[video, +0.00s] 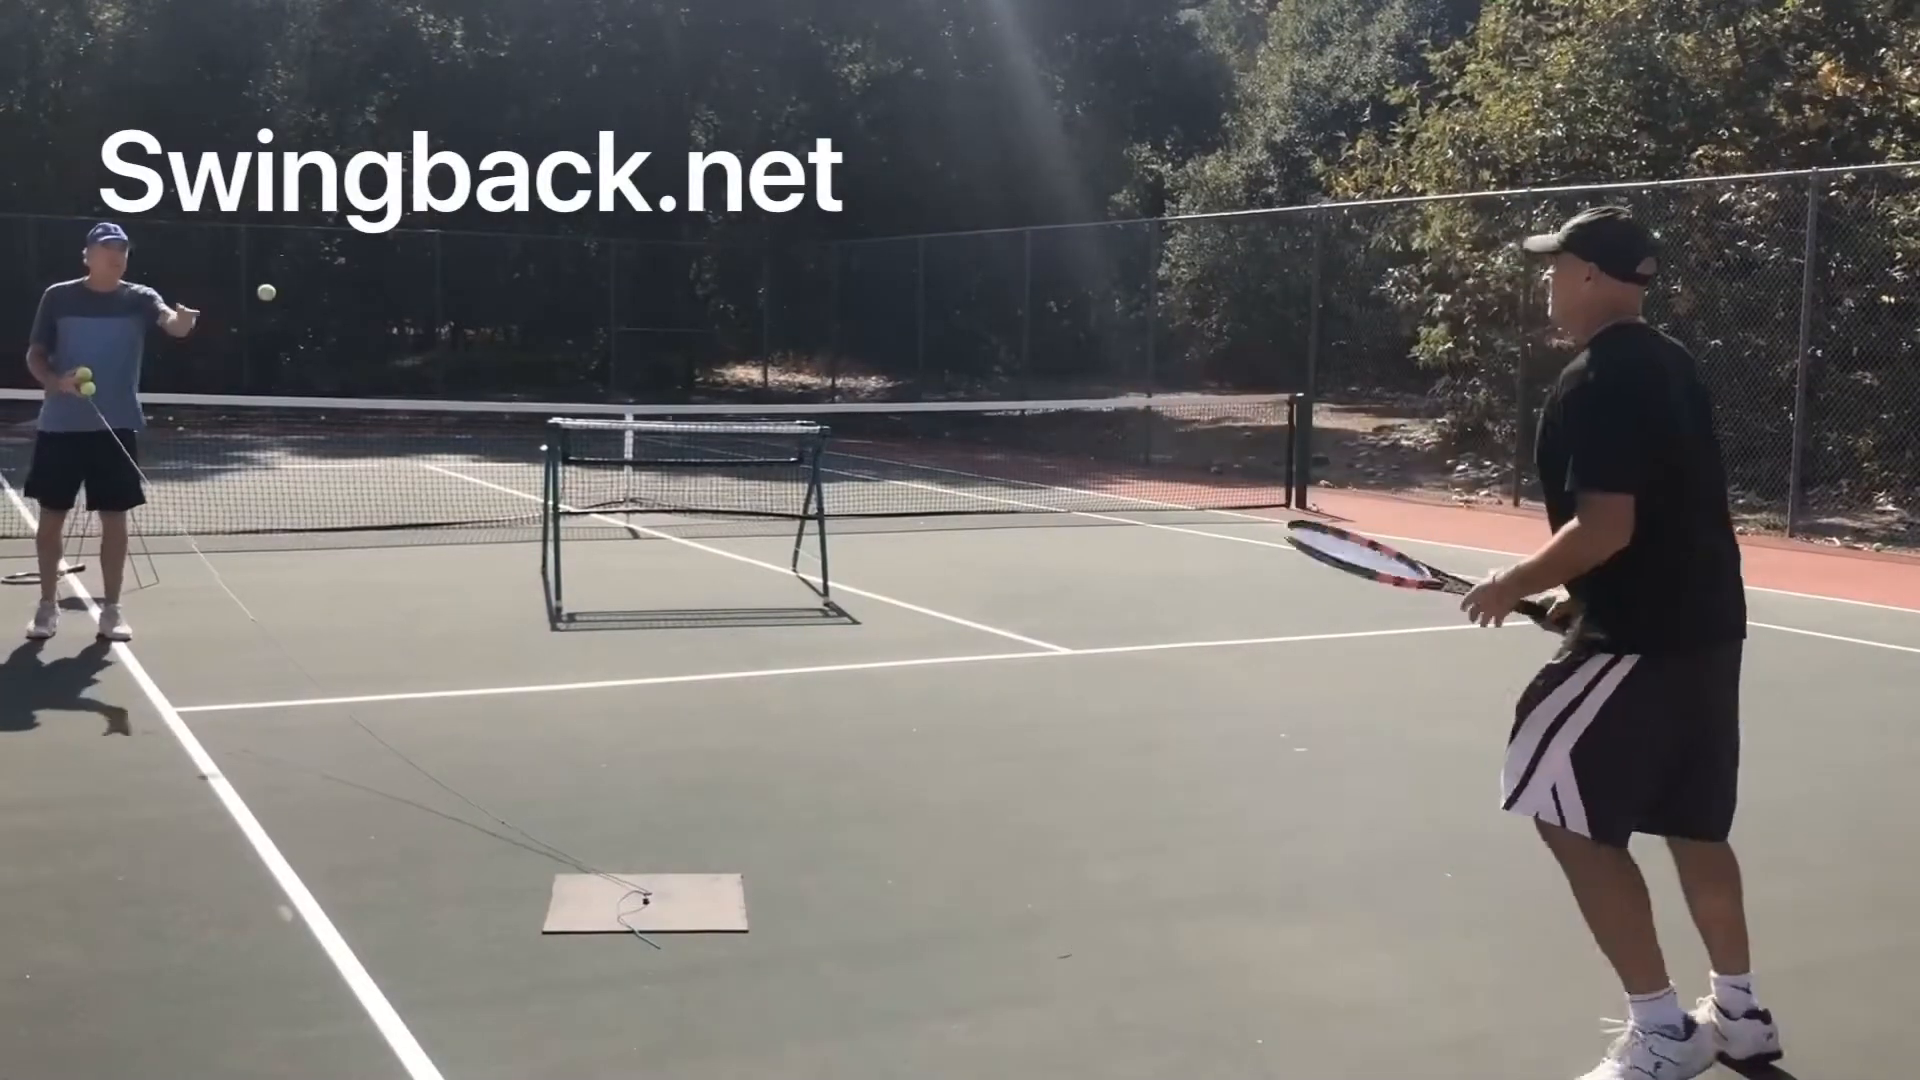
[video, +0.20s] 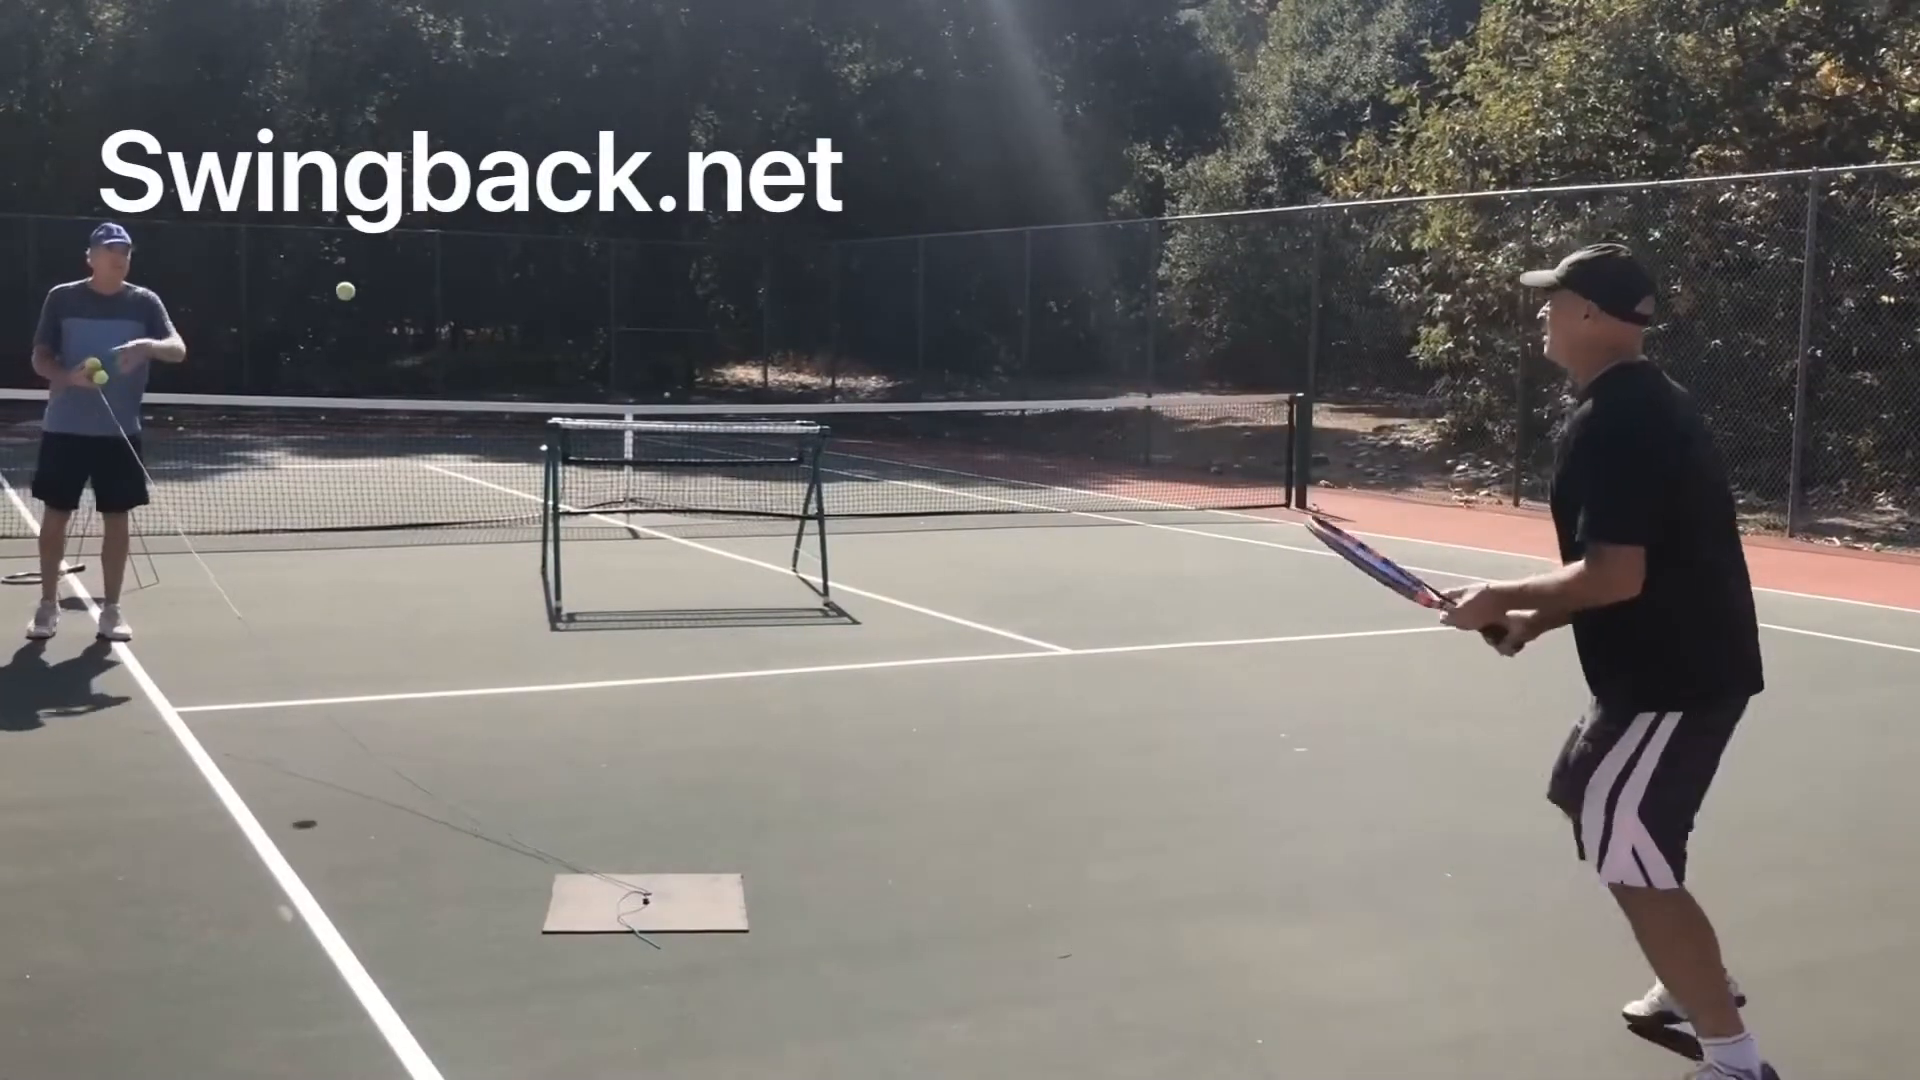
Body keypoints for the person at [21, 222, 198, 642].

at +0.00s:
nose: (114, 255)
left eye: (120, 248)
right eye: (106, 247)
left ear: (127, 255)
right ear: (88, 254)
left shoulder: (141, 297)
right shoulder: (57, 297)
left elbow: (171, 322)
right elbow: (35, 355)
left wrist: (183, 321)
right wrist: (54, 380)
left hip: (116, 428)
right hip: (61, 428)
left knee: (115, 520)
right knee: (50, 519)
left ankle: (111, 610)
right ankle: (47, 605)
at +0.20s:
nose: (117, 258)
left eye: (122, 251)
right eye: (109, 250)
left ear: (129, 257)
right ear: (90, 256)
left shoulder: (145, 302)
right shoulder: (61, 299)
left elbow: (178, 349)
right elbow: (41, 360)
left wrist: (148, 346)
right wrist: (69, 377)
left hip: (119, 434)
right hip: (66, 432)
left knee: (117, 519)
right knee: (56, 515)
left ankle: (111, 609)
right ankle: (48, 604)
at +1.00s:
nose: (112, 269)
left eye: (116, 261)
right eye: (104, 260)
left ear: (123, 263)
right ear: (82, 260)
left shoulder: (135, 304)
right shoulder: (52, 303)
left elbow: (149, 361)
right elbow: (30, 364)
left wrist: (158, 410)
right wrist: (68, 395)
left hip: (120, 438)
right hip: (67, 438)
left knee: (117, 522)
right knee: (66, 523)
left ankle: (111, 610)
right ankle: (69, 607)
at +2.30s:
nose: (111, 262)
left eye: (116, 256)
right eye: (103, 255)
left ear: (121, 260)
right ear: (81, 259)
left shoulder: (137, 306)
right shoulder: (50, 300)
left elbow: (163, 344)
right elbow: (23, 356)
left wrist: (187, 357)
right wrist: (52, 389)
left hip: (112, 435)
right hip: (58, 435)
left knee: (113, 521)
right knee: (61, 522)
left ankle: (111, 610)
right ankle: (69, 607)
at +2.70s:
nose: (105, 258)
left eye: (111, 251)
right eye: (97, 250)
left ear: (119, 257)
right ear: (79, 256)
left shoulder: (134, 302)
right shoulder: (49, 300)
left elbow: (168, 352)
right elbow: (28, 359)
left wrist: (141, 354)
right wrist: (59, 384)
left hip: (115, 434)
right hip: (61, 436)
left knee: (114, 521)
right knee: (63, 523)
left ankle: (111, 610)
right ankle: (69, 608)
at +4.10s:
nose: (94, 268)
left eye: (100, 261)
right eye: (86, 260)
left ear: (107, 263)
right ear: (66, 260)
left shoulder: (119, 304)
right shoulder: (37, 304)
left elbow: (129, 364)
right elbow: (16, 364)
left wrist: (142, 418)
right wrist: (53, 394)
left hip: (109, 437)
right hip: (55, 438)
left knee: (111, 520)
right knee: (59, 522)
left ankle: (110, 609)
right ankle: (69, 607)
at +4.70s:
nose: (101, 261)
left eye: (106, 254)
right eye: (92, 253)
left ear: (112, 259)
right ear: (73, 257)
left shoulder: (129, 306)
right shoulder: (42, 300)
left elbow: (156, 345)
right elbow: (16, 358)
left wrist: (177, 364)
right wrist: (46, 388)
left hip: (107, 436)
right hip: (52, 435)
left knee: (110, 520)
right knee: (58, 520)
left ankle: (110, 609)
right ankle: (68, 606)